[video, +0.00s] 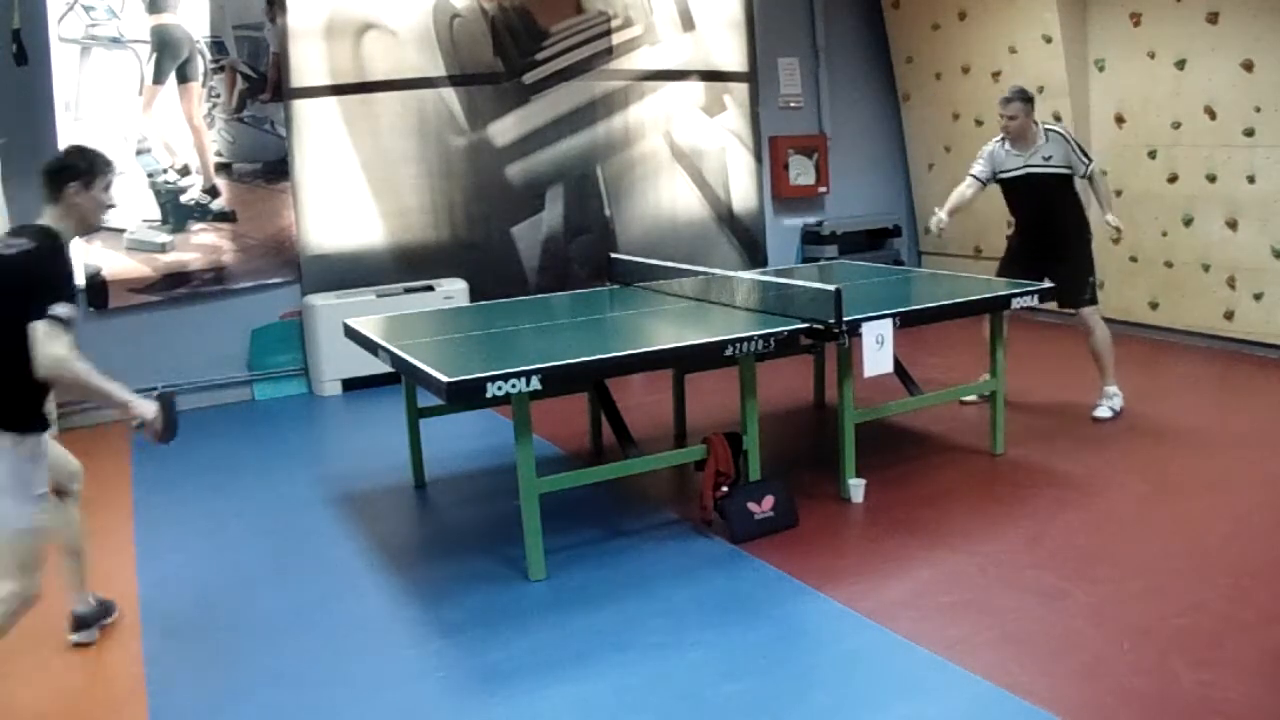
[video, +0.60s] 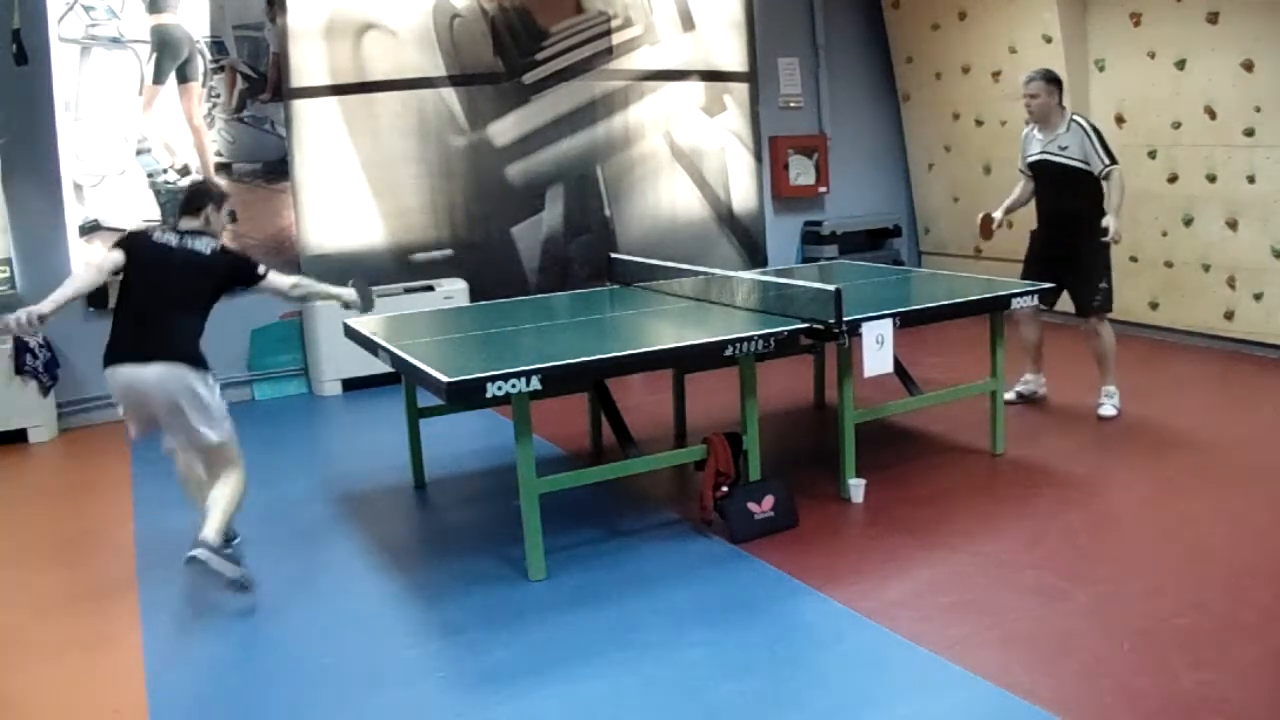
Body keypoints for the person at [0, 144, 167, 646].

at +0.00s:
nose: (109, 203)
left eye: (110, 192)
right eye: (104, 191)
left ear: (67, 193)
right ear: (74, 192)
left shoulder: (21, 243)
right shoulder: (46, 252)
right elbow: (51, 358)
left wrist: (182, 265)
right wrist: (131, 402)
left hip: (16, 429)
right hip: (11, 435)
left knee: (68, 476)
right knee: (18, 588)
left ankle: (83, 606)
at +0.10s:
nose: (142, 212)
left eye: (141, 202)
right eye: (137, 202)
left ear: (96, 205)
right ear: (110, 203)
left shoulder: (47, 251)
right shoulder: (94, 261)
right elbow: (108, 355)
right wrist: (167, 394)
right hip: (37, 421)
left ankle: (84, 613)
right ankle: (12, 635)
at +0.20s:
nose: (172, 236)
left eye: (172, 226)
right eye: (168, 226)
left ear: (126, 224)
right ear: (145, 224)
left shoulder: (72, 264)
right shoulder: (145, 276)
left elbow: (25, 340)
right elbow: (185, 363)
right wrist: (207, 392)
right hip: (72, 417)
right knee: (182, 501)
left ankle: (88, 610)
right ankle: (151, 638)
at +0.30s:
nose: (189, 250)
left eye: (188, 241)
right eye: (186, 241)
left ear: (139, 236)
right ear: (170, 239)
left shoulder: (89, 275)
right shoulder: (180, 291)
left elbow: (27, 338)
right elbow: (223, 356)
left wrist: (7, 387)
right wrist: (221, 345)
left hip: (56, 423)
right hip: (120, 424)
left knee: (128, 486)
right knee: (203, 522)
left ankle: (120, 575)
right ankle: (167, 642)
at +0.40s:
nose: (208, 252)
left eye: (207, 244)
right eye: (205, 245)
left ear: (158, 242)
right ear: (190, 246)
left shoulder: (111, 276)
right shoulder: (202, 291)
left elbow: (53, 309)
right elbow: (251, 339)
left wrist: (5, 342)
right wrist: (243, 315)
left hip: (90, 414)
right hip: (151, 415)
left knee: (165, 472)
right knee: (198, 527)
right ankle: (173, 637)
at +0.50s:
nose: (222, 243)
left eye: (221, 234)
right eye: (219, 235)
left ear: (172, 233)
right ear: (202, 236)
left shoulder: (129, 264)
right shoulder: (216, 280)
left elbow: (82, 290)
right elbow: (268, 313)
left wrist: (26, 317)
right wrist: (287, 298)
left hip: (111, 397)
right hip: (170, 399)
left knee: (182, 463)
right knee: (214, 508)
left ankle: (214, 537)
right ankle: (187, 589)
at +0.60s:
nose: (230, 225)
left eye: (229, 217)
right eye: (227, 217)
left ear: (180, 211)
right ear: (209, 215)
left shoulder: (138, 240)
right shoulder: (223, 259)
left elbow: (92, 271)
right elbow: (289, 286)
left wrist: (42, 309)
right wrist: (341, 293)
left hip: (122, 370)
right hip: (176, 370)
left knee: (180, 446)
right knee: (229, 465)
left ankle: (217, 529)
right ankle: (209, 541)